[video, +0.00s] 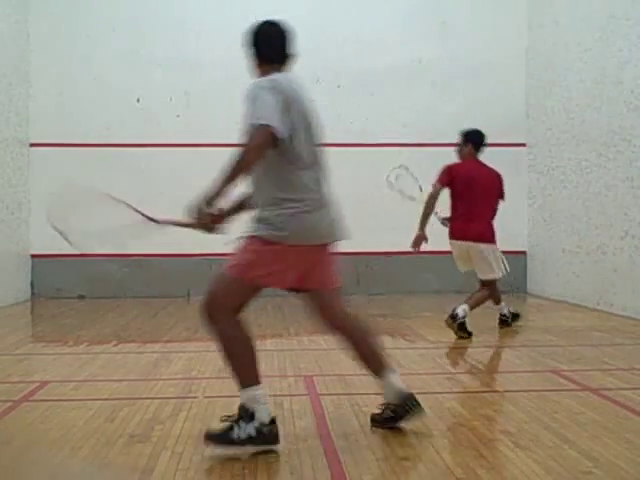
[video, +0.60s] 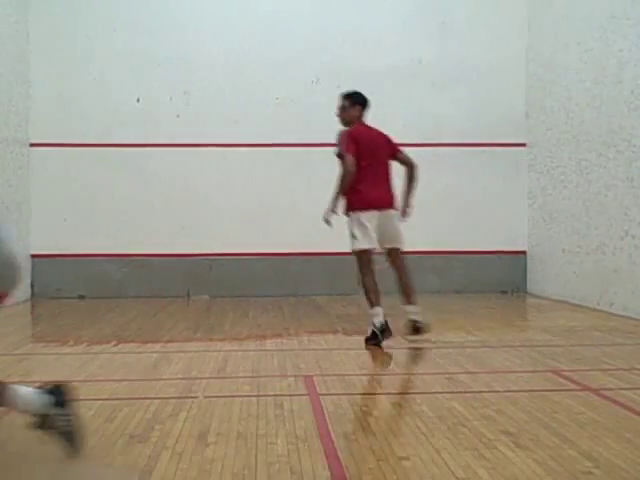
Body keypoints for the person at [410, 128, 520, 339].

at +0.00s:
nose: (457, 150)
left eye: (460, 146)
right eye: (458, 146)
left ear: (469, 147)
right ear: (478, 149)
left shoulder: (453, 170)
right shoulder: (494, 176)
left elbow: (433, 197)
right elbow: (491, 212)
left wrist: (421, 230)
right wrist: (454, 219)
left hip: (458, 238)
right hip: (483, 239)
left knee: (487, 277)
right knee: (489, 287)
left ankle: (504, 312)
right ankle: (460, 313)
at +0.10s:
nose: (437, 140)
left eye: (441, 136)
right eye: (438, 135)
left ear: (452, 138)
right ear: (458, 140)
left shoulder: (438, 162)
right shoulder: (478, 165)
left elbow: (430, 187)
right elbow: (488, 204)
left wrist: (421, 224)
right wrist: (472, 215)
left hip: (446, 233)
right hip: (472, 233)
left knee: (472, 274)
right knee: (477, 283)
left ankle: (490, 309)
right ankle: (455, 315)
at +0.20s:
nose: (419, 136)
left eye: (423, 131)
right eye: (420, 131)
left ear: (436, 133)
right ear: (440, 134)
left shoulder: (424, 158)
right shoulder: (460, 158)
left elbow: (424, 184)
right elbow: (481, 194)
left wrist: (422, 225)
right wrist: (467, 214)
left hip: (437, 227)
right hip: (462, 227)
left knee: (453, 274)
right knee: (467, 277)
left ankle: (460, 318)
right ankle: (451, 319)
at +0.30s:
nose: (399, 132)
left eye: (404, 128)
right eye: (400, 127)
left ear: (418, 129)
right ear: (421, 130)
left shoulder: (407, 155)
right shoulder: (442, 153)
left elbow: (412, 187)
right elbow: (470, 185)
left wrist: (411, 227)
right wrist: (459, 214)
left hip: (424, 224)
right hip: (451, 222)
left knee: (423, 262)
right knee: (459, 272)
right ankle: (450, 321)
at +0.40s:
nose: (379, 130)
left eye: (384, 125)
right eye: (379, 125)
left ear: (398, 126)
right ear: (399, 127)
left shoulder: (388, 152)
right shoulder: (423, 150)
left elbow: (392, 186)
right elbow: (454, 176)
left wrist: (390, 224)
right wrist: (450, 210)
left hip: (402, 221)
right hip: (432, 219)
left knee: (395, 267)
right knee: (448, 267)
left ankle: (395, 313)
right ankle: (449, 322)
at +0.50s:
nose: (359, 123)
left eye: (363, 119)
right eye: (359, 118)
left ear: (377, 119)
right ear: (380, 121)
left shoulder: (368, 146)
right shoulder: (401, 145)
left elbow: (369, 180)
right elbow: (433, 169)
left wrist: (360, 217)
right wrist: (434, 204)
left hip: (380, 217)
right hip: (408, 215)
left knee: (378, 272)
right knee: (426, 268)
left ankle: (383, 328)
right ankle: (444, 321)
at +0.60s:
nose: (339, 113)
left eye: (343, 109)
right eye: (340, 108)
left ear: (357, 110)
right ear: (361, 110)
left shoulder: (347, 136)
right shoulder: (380, 136)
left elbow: (350, 169)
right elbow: (410, 164)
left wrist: (334, 203)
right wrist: (406, 201)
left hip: (360, 209)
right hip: (386, 206)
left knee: (365, 266)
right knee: (397, 259)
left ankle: (378, 322)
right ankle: (413, 315)